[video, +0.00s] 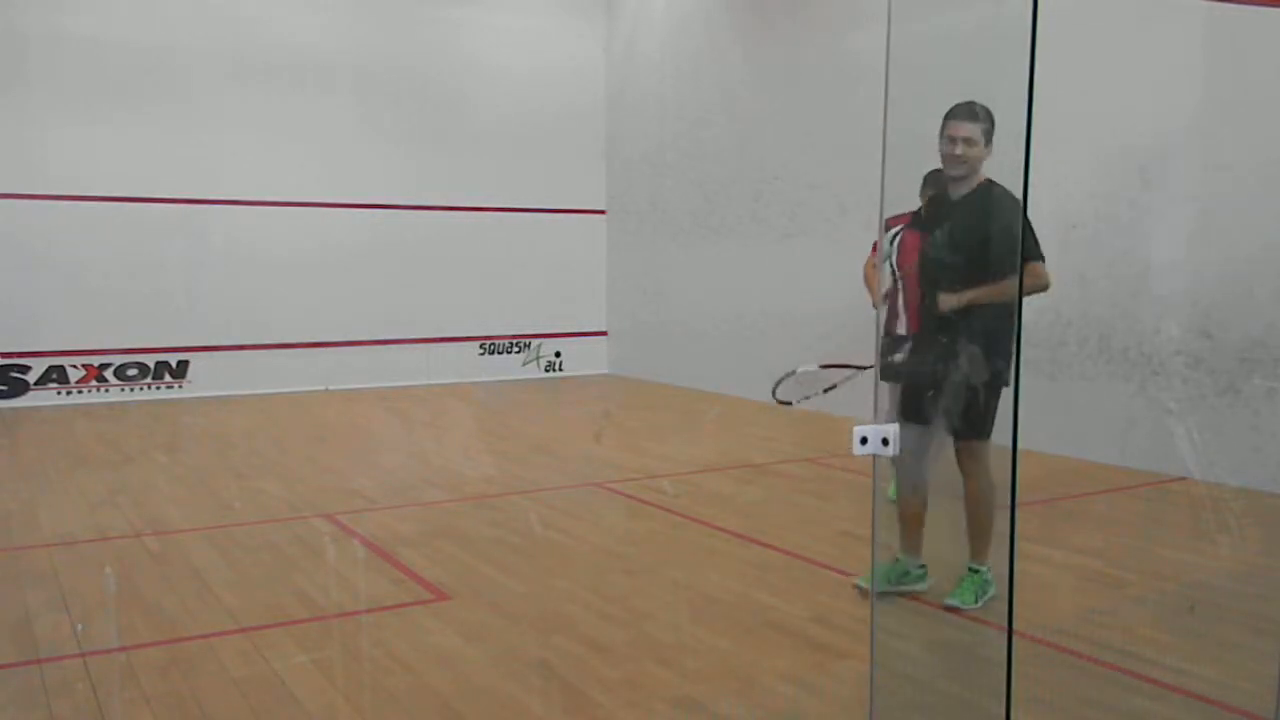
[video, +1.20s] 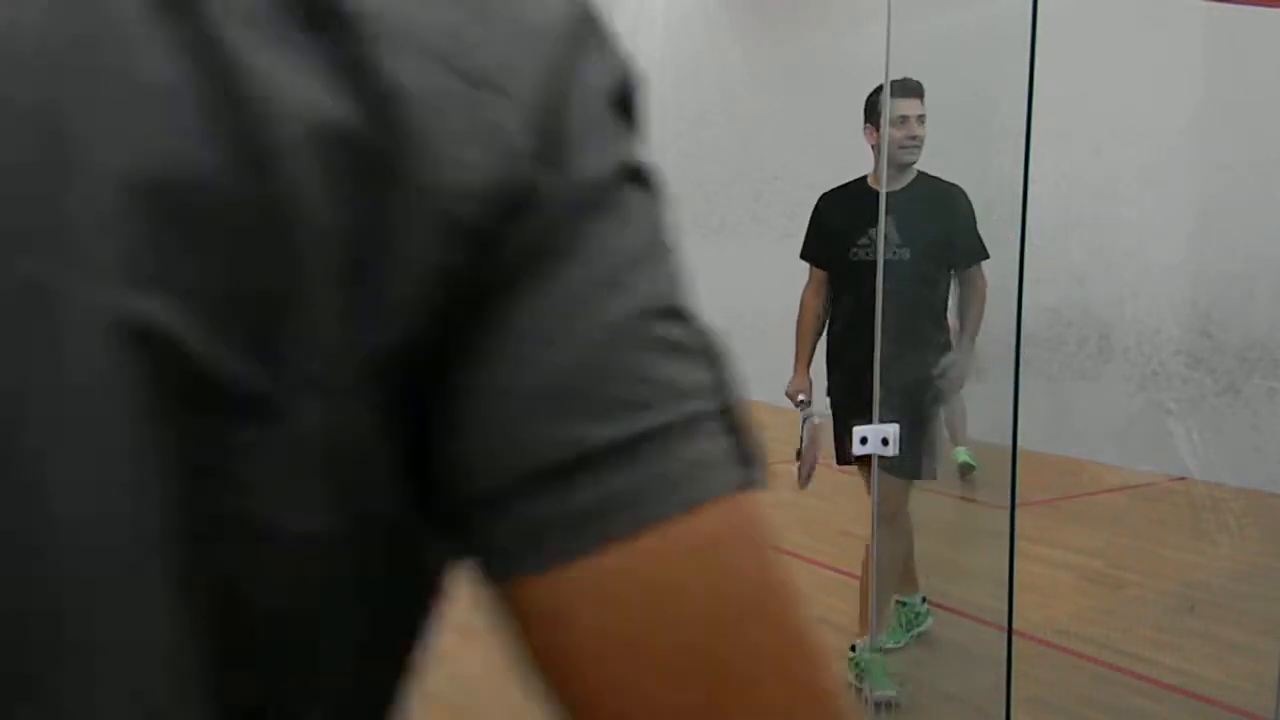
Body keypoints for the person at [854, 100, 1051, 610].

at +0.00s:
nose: (956, 150)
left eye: (968, 143)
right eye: (949, 140)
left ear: (987, 149)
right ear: (939, 143)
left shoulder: (1001, 206)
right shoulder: (934, 203)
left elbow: (1037, 276)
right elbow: (917, 261)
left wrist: (965, 296)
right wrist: (889, 279)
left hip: (979, 352)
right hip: (928, 345)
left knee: (972, 456)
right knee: (909, 451)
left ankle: (979, 571)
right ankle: (910, 562)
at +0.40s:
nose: (960, 142)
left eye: (967, 133)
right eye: (949, 132)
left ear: (974, 141)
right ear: (923, 138)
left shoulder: (992, 206)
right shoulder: (891, 209)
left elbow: (1009, 287)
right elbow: (863, 285)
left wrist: (985, 338)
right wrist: (836, 352)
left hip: (965, 362)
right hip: (904, 361)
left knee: (959, 468)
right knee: (909, 477)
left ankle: (967, 564)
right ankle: (912, 604)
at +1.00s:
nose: (917, 131)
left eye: (922, 122)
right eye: (904, 123)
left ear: (929, 129)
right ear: (875, 132)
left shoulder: (951, 196)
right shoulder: (844, 205)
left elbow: (980, 275)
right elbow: (821, 282)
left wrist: (987, 345)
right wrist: (812, 349)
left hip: (931, 366)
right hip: (867, 370)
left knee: (917, 496)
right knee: (887, 496)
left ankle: (915, 629)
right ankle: (909, 607)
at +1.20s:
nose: (912, 132)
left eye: (918, 121)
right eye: (900, 122)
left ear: (928, 129)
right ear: (871, 132)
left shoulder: (948, 202)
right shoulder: (836, 206)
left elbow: (974, 284)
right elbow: (816, 292)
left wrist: (964, 353)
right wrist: (801, 369)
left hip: (916, 372)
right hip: (853, 371)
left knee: (889, 503)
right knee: (884, 495)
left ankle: (870, 646)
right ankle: (910, 599)